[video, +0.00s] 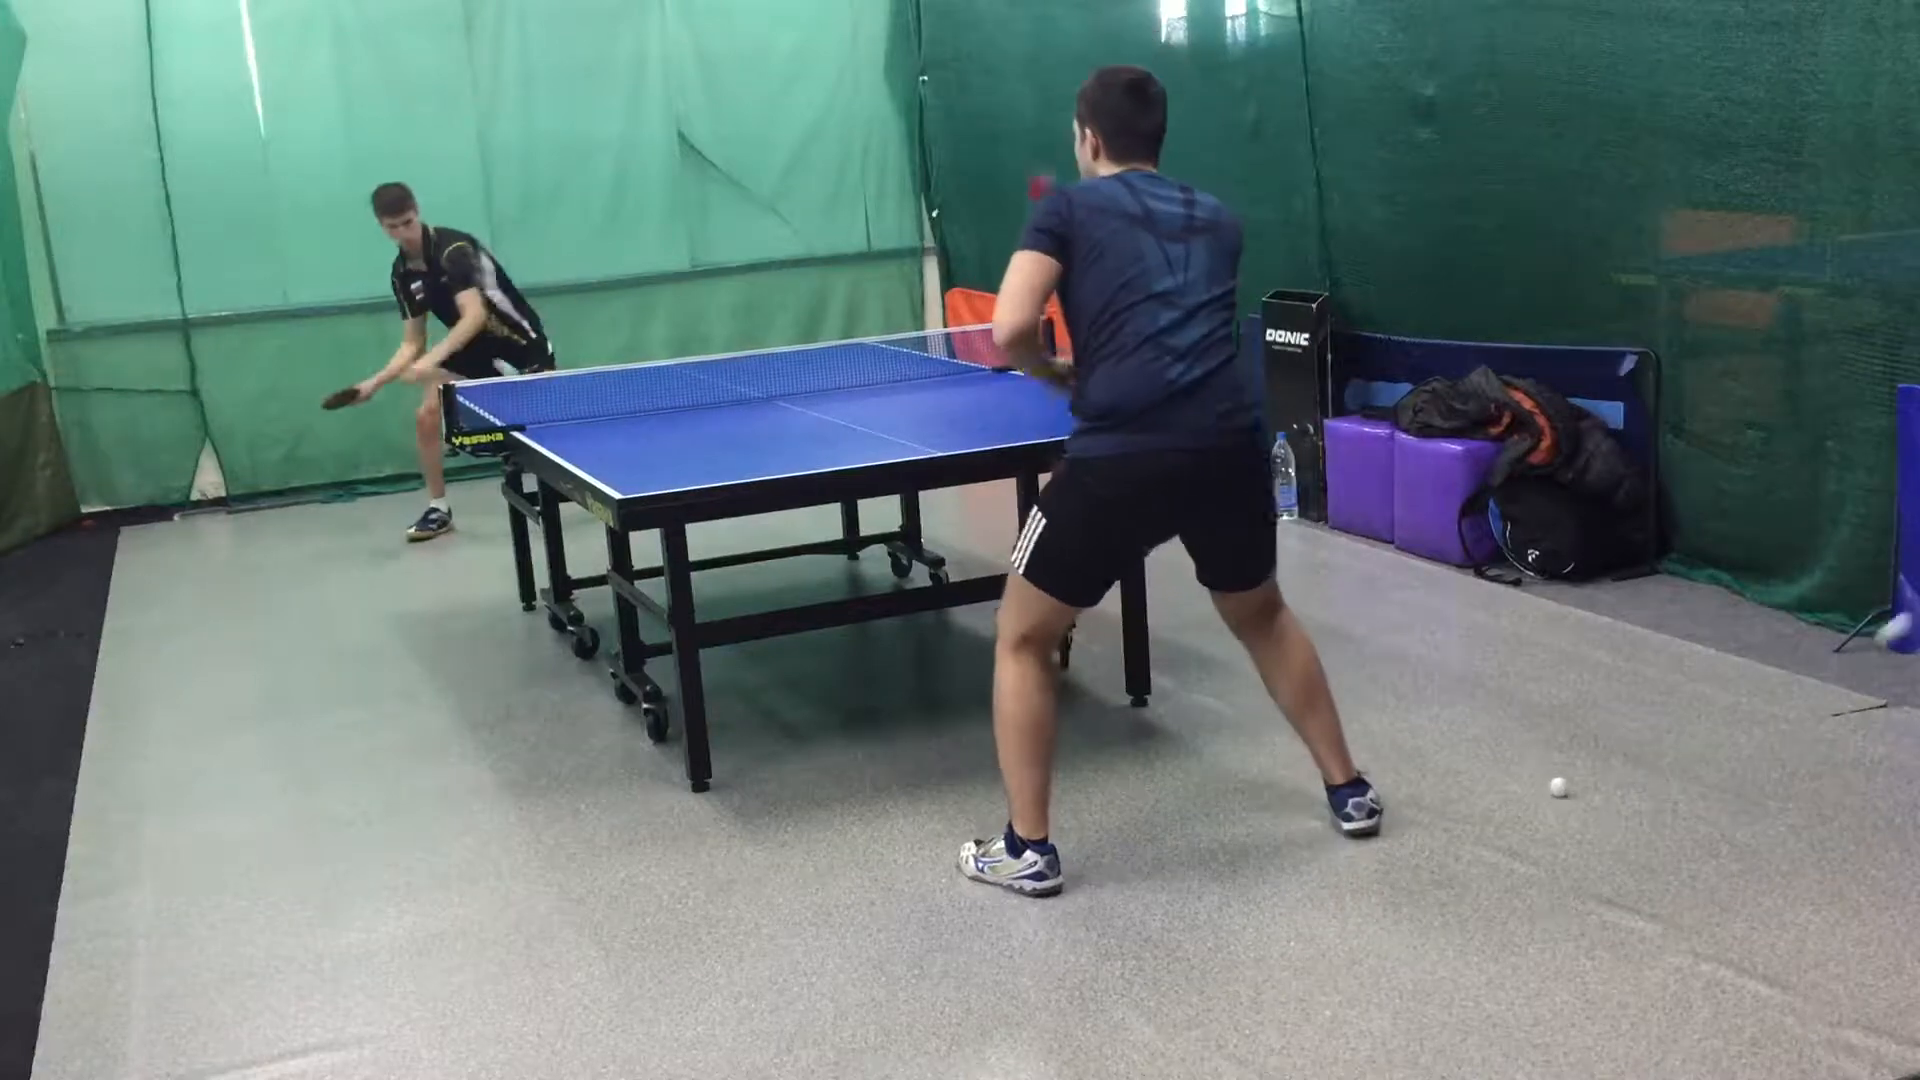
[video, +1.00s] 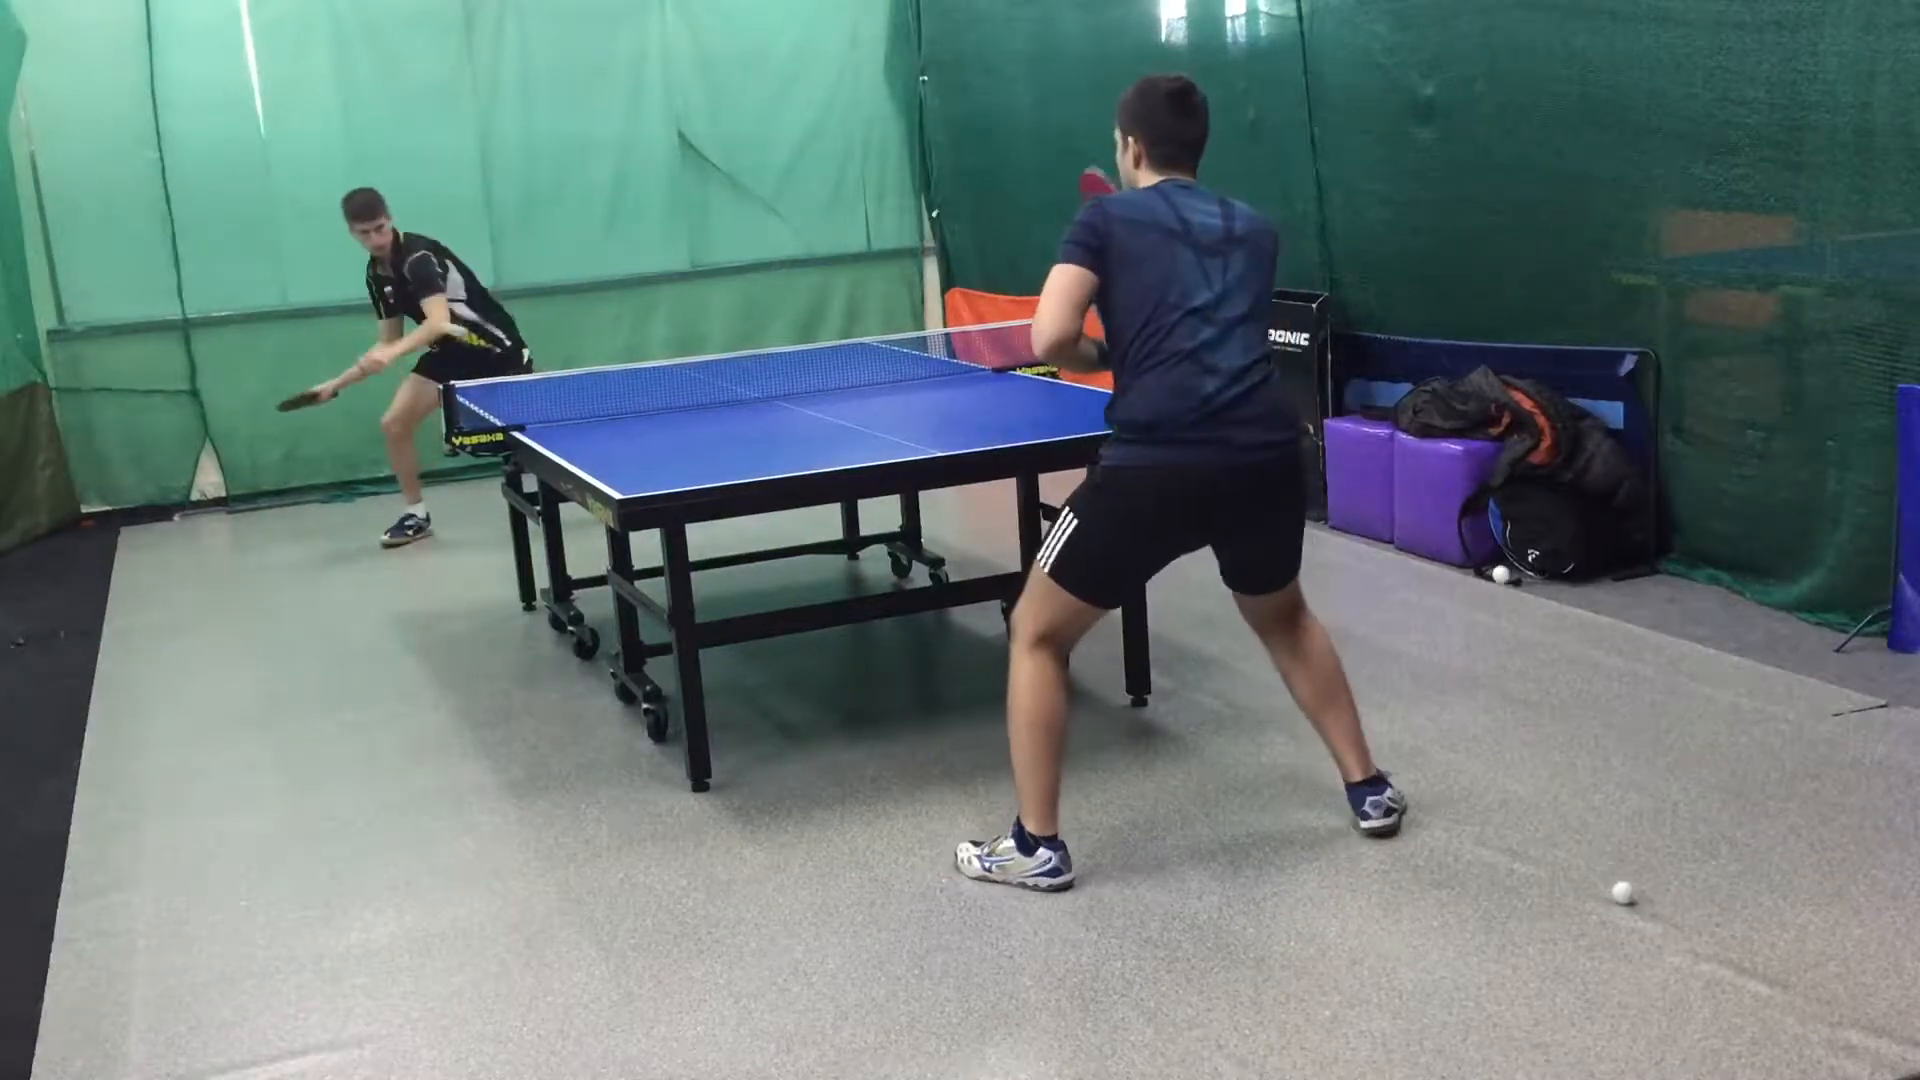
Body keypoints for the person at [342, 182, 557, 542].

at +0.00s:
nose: (402, 234)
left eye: (408, 223)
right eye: (393, 228)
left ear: (419, 213)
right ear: (382, 227)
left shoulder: (454, 250)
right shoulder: (403, 272)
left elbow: (475, 316)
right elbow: (412, 343)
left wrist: (430, 361)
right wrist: (374, 383)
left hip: (523, 345)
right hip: (474, 349)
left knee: (544, 422)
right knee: (427, 415)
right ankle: (438, 508)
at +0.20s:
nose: (375, 238)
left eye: (378, 226)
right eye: (365, 232)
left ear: (393, 216)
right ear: (359, 233)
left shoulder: (431, 245)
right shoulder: (393, 276)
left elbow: (485, 270)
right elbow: (407, 343)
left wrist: (456, 299)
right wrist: (361, 378)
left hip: (510, 351)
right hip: (460, 354)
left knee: (529, 430)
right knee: (411, 427)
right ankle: (438, 508)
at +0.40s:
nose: (396, 192)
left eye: (400, 182)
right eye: (388, 187)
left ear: (416, 177)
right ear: (382, 193)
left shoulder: (461, 208)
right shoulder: (390, 230)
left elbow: (527, 228)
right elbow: (410, 253)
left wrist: (547, 216)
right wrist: (443, 205)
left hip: (497, 335)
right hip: (444, 351)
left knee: (552, 395)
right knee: (426, 440)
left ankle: (552, 475)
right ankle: (428, 506)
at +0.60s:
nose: (438, 192)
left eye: (443, 183)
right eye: (428, 187)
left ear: (452, 181)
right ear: (414, 192)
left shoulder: (481, 221)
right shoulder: (415, 242)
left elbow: (543, 253)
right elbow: (429, 301)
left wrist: (577, 248)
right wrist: (460, 250)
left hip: (494, 343)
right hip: (445, 356)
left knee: (560, 393)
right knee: (430, 449)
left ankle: (529, 476)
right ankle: (404, 514)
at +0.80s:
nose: (419, 197)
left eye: (422, 187)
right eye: (408, 190)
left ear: (430, 182)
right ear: (393, 193)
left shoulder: (465, 221)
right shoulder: (392, 245)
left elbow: (512, 270)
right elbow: (392, 298)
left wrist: (526, 310)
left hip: (494, 323)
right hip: (443, 332)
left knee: (543, 396)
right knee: (411, 424)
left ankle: (528, 476)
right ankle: (417, 512)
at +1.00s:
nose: (375, 240)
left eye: (380, 229)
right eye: (364, 234)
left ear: (390, 219)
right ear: (352, 233)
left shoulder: (418, 256)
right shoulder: (376, 273)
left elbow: (439, 324)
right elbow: (388, 344)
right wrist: (336, 385)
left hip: (501, 350)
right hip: (451, 351)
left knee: (530, 431)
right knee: (395, 425)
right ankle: (416, 513)